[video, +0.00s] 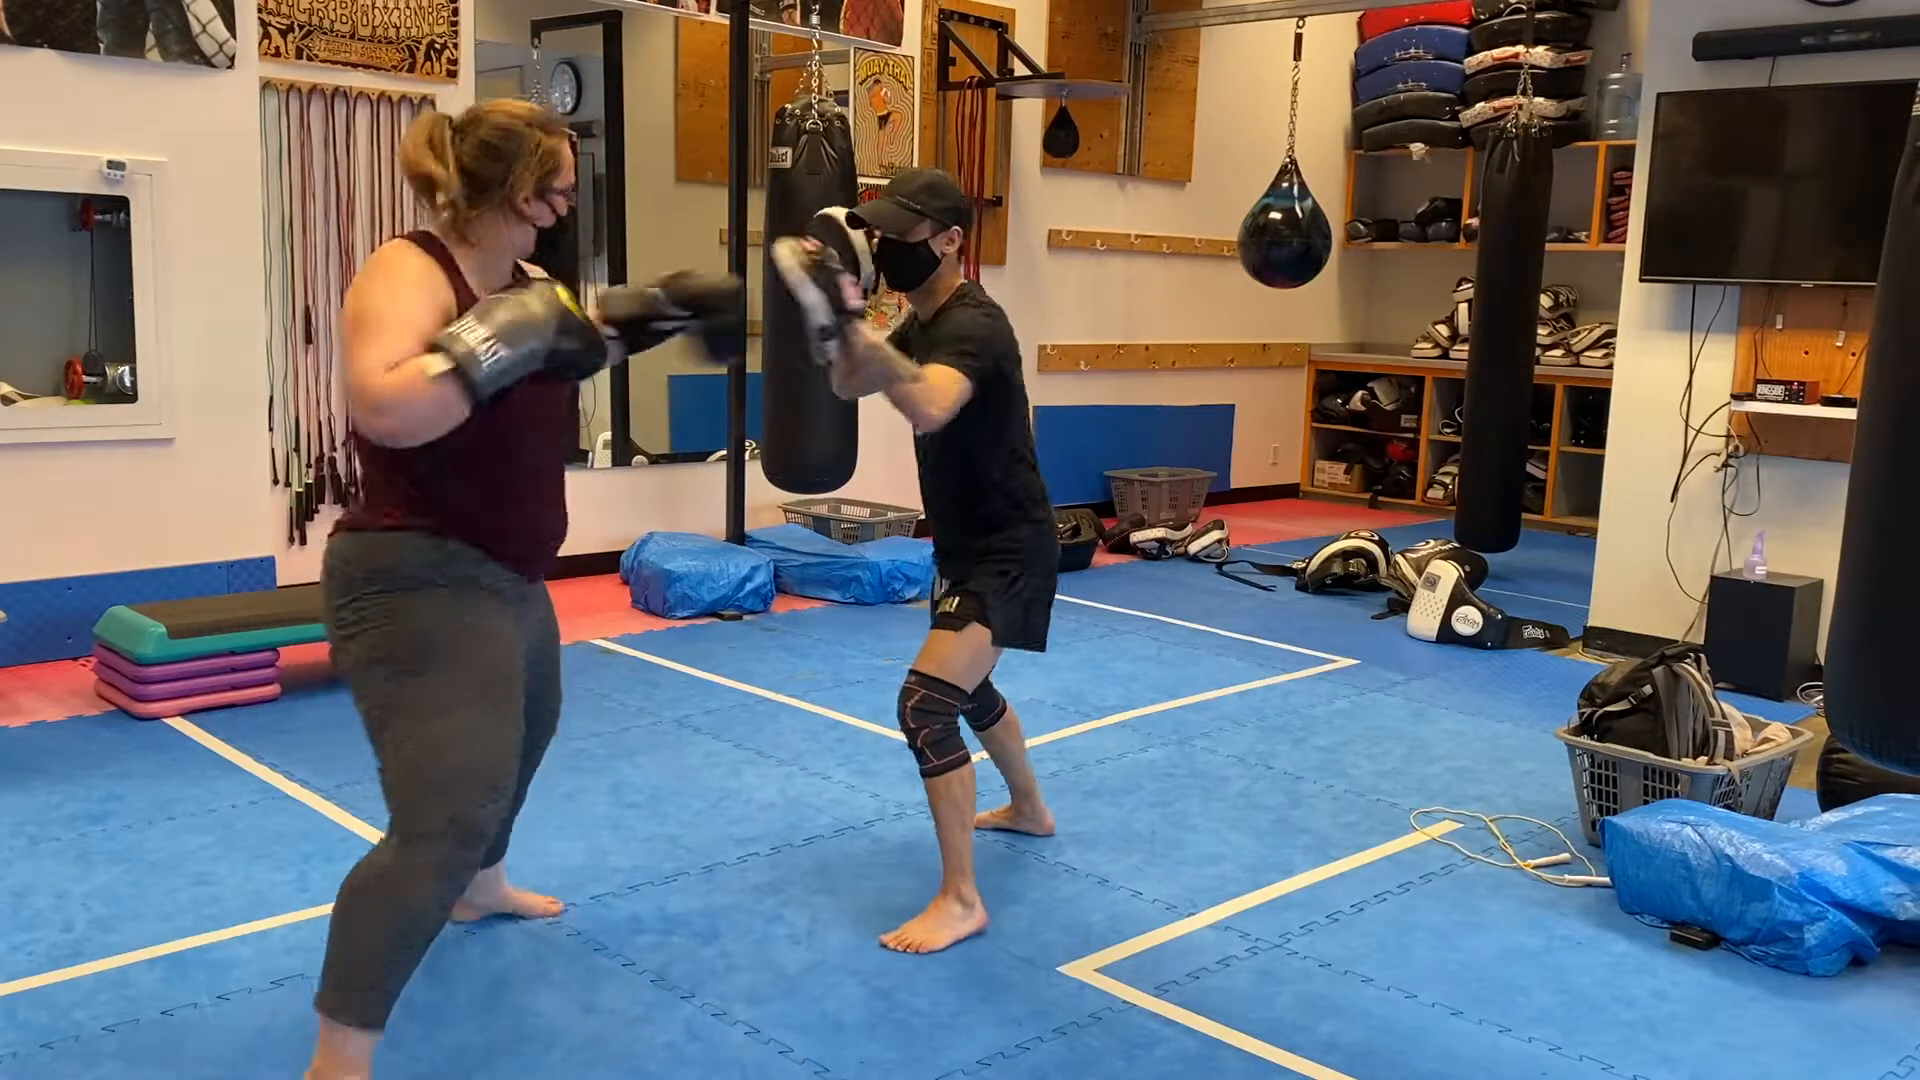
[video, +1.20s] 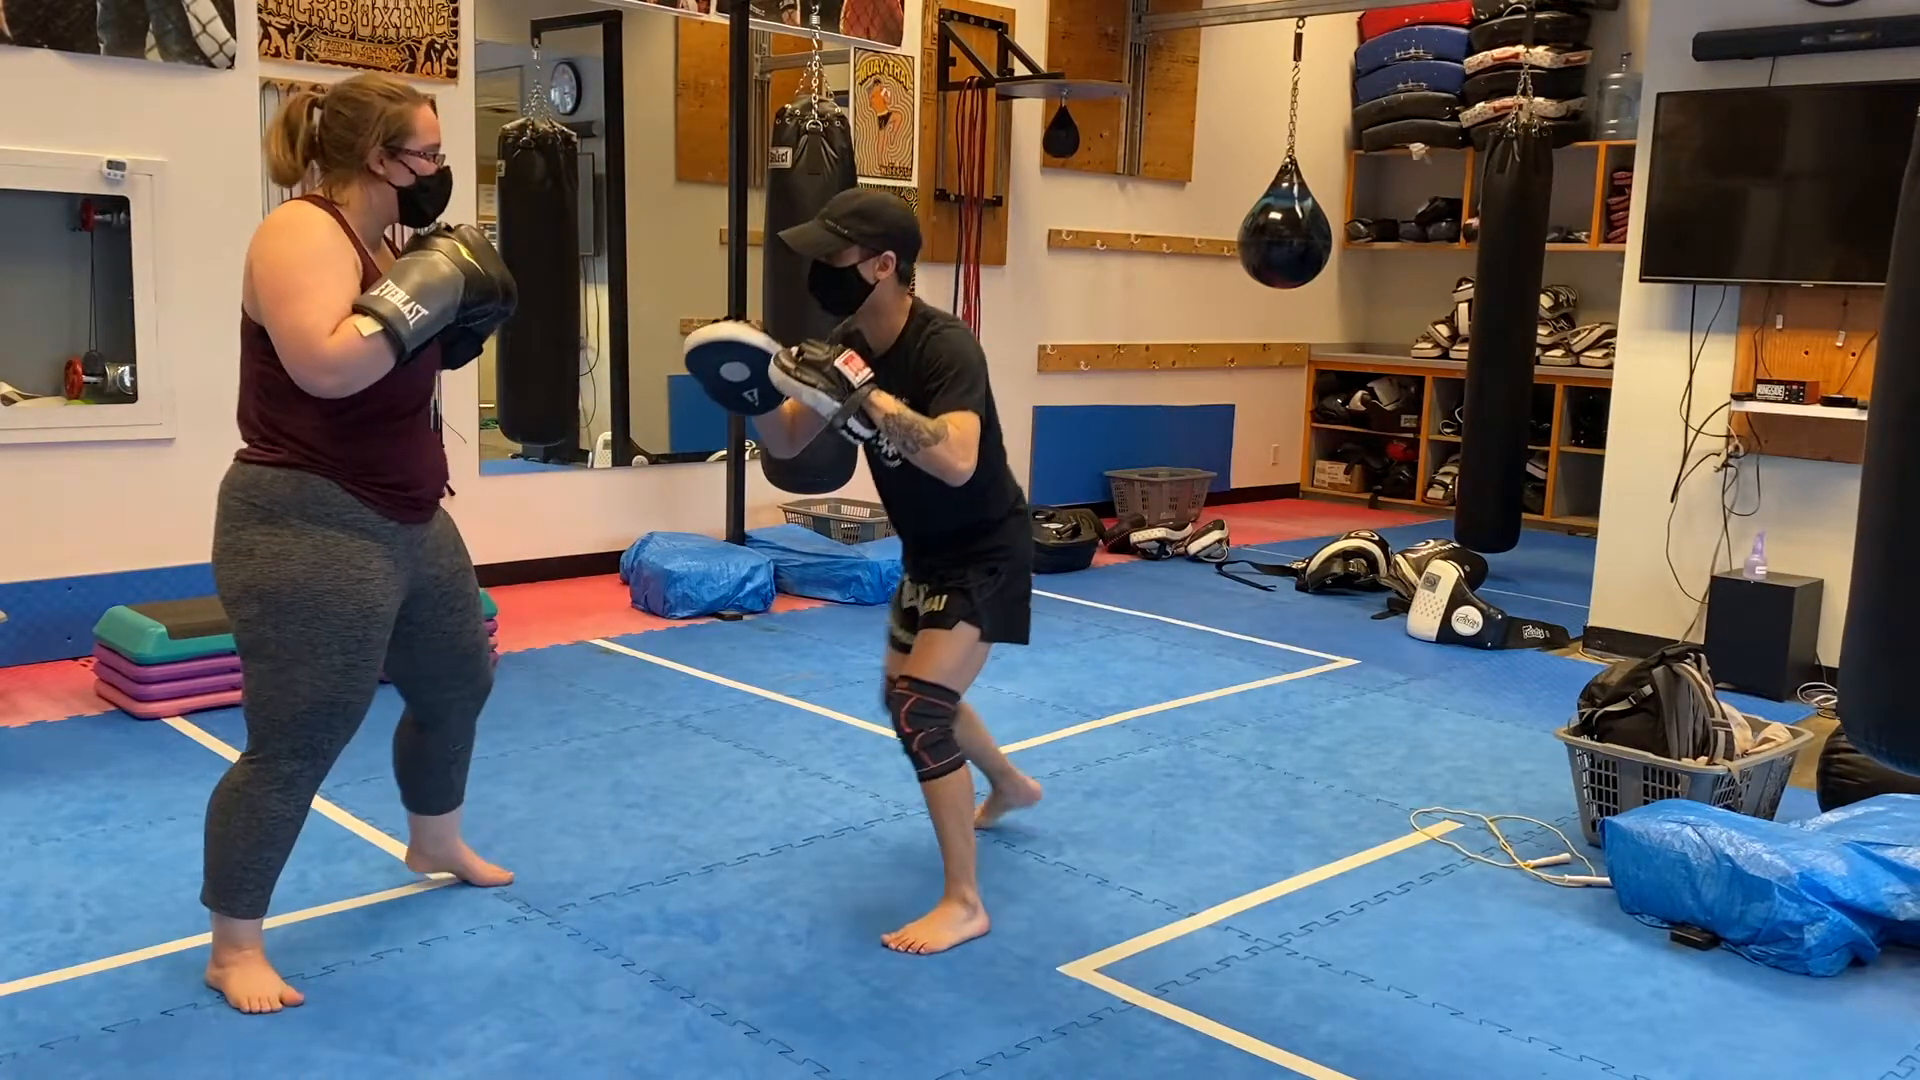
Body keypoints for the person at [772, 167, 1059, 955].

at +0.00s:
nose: (886, 252)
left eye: (899, 240)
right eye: (883, 239)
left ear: (949, 240)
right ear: (902, 242)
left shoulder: (975, 320)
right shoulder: (915, 311)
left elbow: (933, 406)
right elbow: (851, 385)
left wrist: (864, 336)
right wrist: (837, 317)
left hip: (1009, 546)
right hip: (962, 541)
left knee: (925, 707)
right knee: (968, 687)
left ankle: (961, 898)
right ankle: (1029, 807)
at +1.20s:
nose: (822, 271)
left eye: (835, 259)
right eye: (823, 258)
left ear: (882, 263)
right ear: (869, 264)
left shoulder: (948, 347)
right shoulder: (846, 348)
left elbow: (957, 460)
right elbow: (785, 442)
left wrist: (865, 399)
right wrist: (744, 374)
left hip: (986, 543)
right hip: (924, 543)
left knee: (922, 705)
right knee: (905, 690)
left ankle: (964, 901)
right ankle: (1009, 782)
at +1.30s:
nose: (812, 293)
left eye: (826, 282)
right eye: (812, 281)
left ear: (873, 285)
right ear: (855, 286)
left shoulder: (935, 365)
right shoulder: (837, 361)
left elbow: (939, 478)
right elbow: (780, 459)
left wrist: (848, 412)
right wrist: (738, 407)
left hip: (963, 562)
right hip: (902, 558)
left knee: (894, 725)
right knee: (845, 694)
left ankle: (963, 903)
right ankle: (963, 769)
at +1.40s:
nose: (794, 292)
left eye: (808, 281)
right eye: (795, 280)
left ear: (858, 284)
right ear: (837, 285)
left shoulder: (914, 367)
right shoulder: (817, 357)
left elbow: (903, 475)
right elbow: (756, 449)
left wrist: (821, 404)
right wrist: (721, 390)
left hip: (935, 566)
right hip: (873, 560)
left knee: (877, 728)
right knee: (798, 672)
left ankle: (962, 900)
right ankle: (879, 770)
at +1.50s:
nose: (775, 270)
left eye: (790, 257)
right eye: (776, 256)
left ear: (842, 262)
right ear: (821, 263)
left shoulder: (884, 349)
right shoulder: (792, 338)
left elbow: (871, 449)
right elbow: (729, 421)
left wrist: (799, 386)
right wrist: (713, 363)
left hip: (896, 548)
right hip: (834, 542)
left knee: (878, 713)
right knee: (766, 647)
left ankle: (958, 893)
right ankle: (780, 751)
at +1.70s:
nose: (734, 278)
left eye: (747, 267)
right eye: (732, 265)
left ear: (791, 270)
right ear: (746, 269)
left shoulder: (826, 348)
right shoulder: (729, 340)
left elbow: (830, 438)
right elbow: (655, 399)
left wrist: (755, 385)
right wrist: (637, 343)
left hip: (834, 535)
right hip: (765, 534)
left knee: (813, 661)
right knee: (697, 652)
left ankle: (862, 825)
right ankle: (737, 751)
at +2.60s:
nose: (744, 274)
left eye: (757, 260)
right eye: (736, 260)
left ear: (791, 260)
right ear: (723, 258)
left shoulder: (825, 331)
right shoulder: (713, 329)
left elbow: (903, 424)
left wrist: (838, 393)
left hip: (828, 524)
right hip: (743, 525)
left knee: (809, 659)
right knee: (721, 662)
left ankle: (847, 815)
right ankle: (714, 813)